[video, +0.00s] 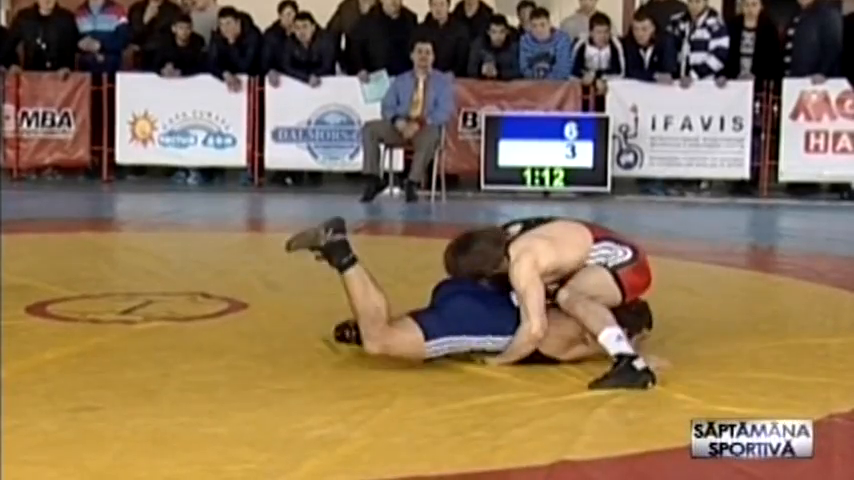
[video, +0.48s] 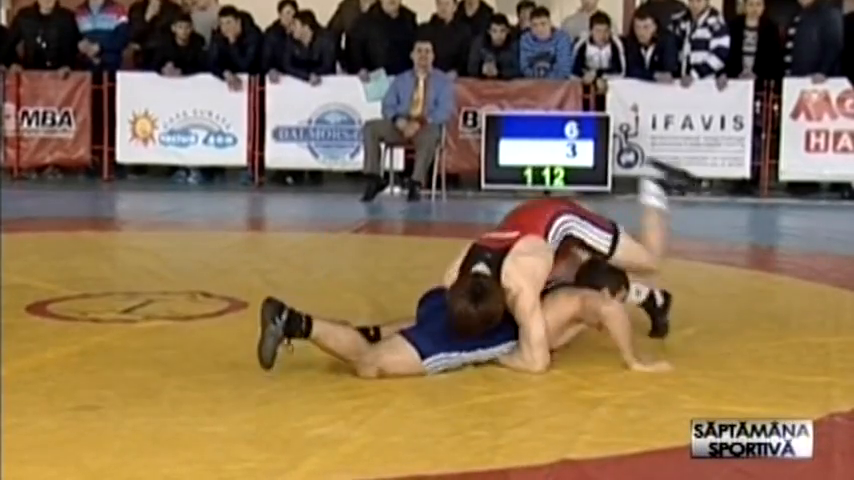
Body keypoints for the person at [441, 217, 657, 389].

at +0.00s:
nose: (473, 280)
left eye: (470, 275)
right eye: (468, 276)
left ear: (484, 270)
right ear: (487, 239)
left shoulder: (523, 263)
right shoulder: (509, 236)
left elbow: (535, 329)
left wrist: (501, 360)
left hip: (626, 263)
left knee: (573, 296)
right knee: (558, 295)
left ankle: (629, 361)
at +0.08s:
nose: (455, 282)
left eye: (455, 278)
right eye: (449, 278)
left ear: (476, 272)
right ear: (482, 238)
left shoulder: (517, 268)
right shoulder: (502, 239)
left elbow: (538, 332)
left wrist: (505, 361)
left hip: (619, 264)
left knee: (561, 309)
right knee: (561, 297)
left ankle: (627, 358)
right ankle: (636, 313)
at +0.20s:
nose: (448, 283)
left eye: (447, 277)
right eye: (445, 277)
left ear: (465, 273)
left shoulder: (514, 268)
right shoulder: (494, 250)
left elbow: (537, 337)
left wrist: (505, 362)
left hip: (606, 258)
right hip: (593, 252)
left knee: (568, 317)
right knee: (567, 304)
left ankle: (631, 362)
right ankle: (642, 309)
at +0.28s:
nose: (464, 293)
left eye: (466, 283)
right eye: (457, 287)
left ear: (484, 268)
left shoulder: (520, 263)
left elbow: (534, 339)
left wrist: (505, 360)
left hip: (589, 229)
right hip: (559, 250)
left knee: (601, 285)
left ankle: (641, 342)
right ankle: (634, 300)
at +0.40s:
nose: (483, 323)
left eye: (486, 316)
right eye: (473, 321)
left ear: (497, 294)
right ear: (465, 280)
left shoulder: (524, 283)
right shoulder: (474, 262)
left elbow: (534, 362)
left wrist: (503, 355)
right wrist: (479, 321)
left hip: (563, 221)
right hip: (532, 235)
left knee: (633, 278)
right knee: (581, 288)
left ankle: (709, 245)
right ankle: (640, 296)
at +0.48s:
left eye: (488, 324)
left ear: (499, 304)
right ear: (456, 291)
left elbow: (537, 364)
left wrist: (494, 354)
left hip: (562, 218)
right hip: (518, 219)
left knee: (650, 260)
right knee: (579, 279)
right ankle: (651, 297)